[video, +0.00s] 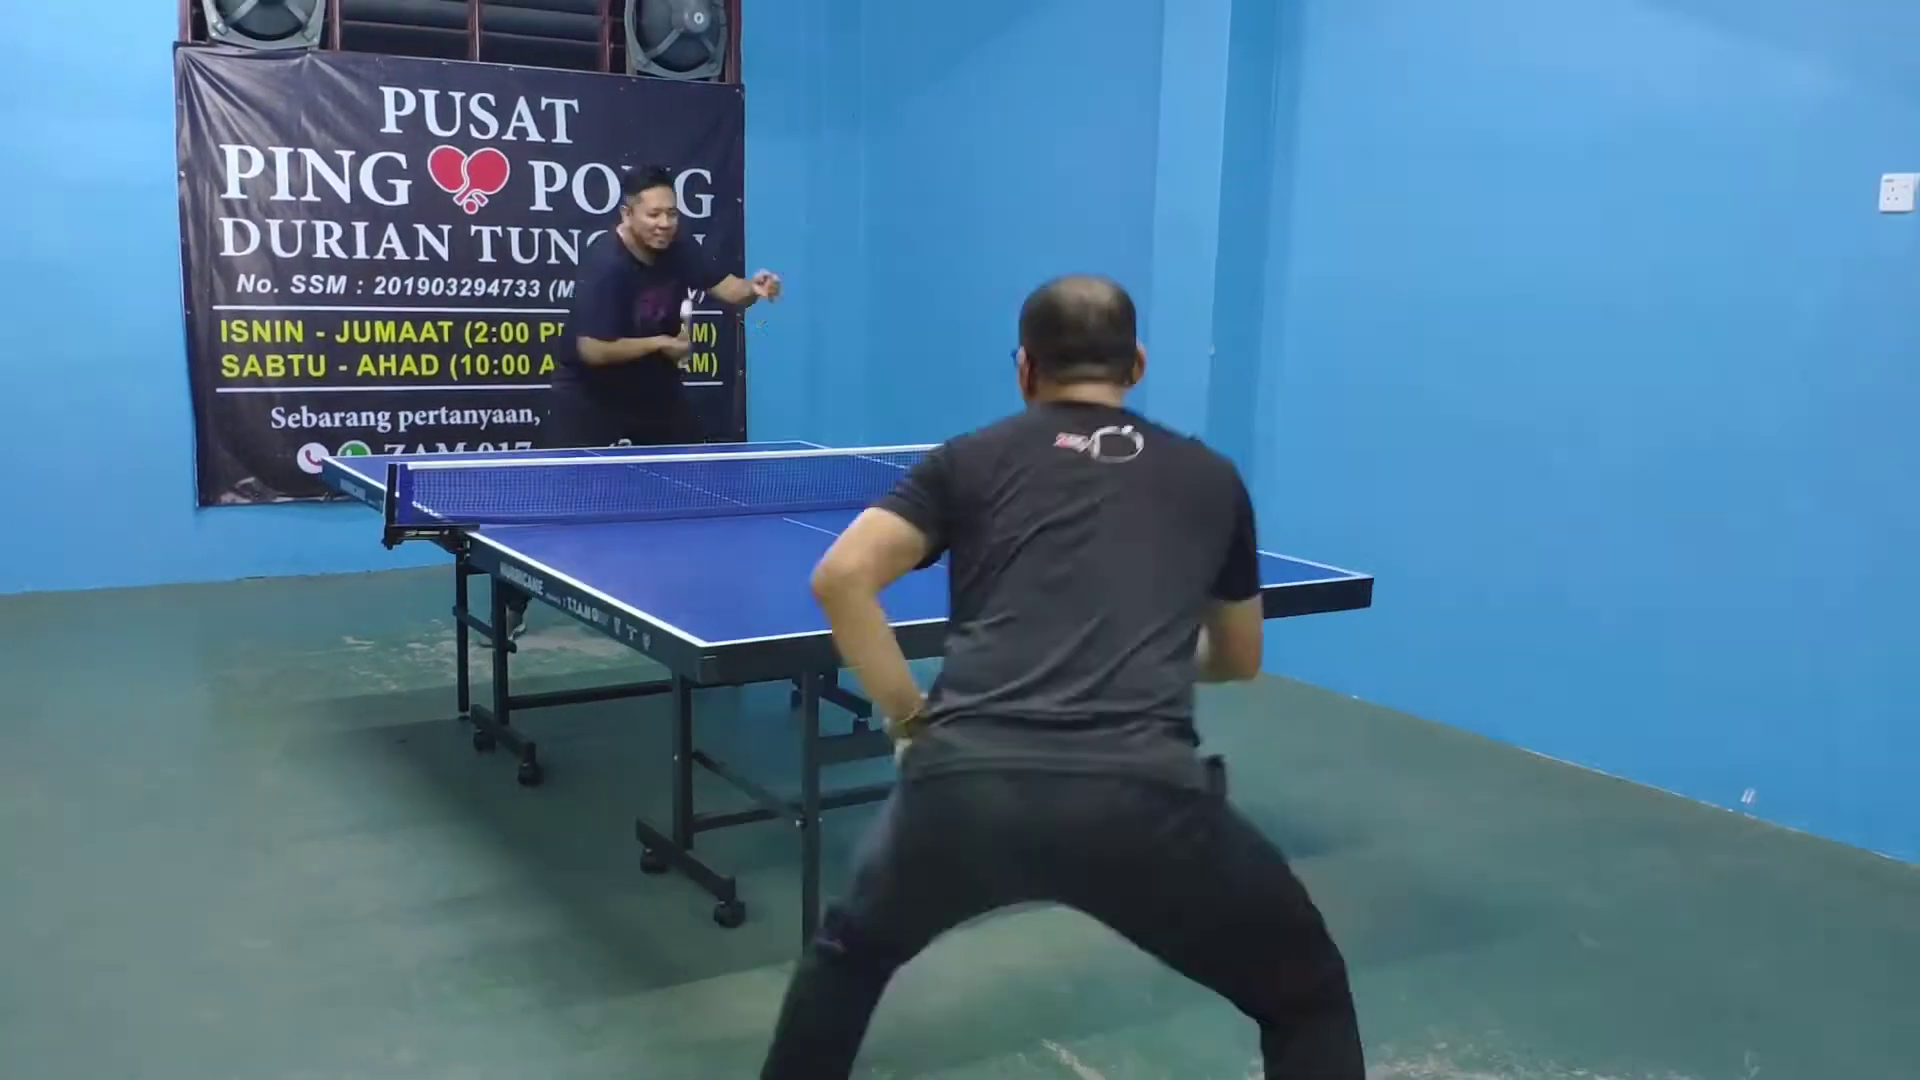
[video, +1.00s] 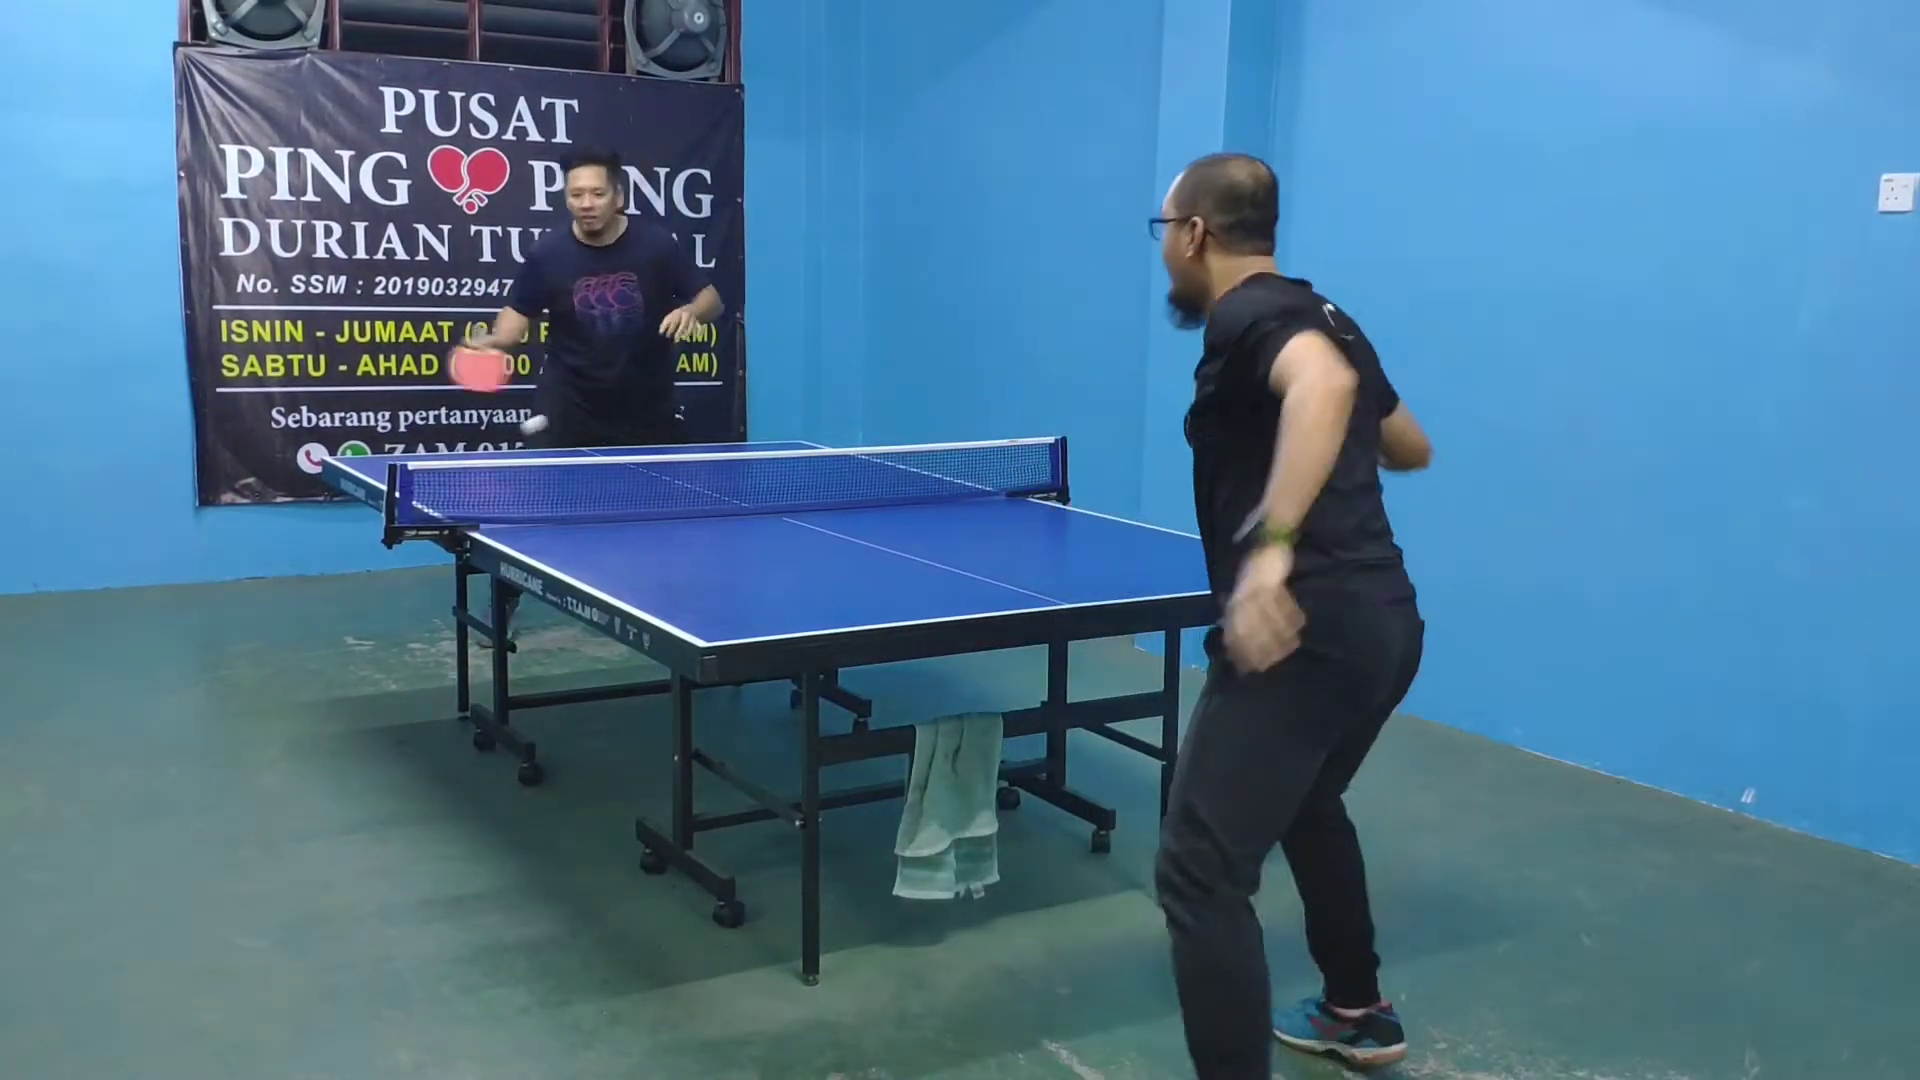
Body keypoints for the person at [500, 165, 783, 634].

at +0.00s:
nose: (663, 223)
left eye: (670, 213)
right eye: (652, 214)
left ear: (678, 213)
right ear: (626, 215)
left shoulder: (678, 246)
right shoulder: (605, 262)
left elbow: (722, 287)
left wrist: (752, 289)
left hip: (655, 392)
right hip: (591, 396)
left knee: (696, 480)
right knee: (558, 493)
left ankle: (700, 591)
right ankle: (510, 601)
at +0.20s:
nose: (647, 208)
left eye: (654, 198)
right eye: (636, 198)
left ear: (662, 202)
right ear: (610, 198)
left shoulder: (666, 248)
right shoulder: (574, 247)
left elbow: (705, 289)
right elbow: (517, 293)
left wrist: (738, 297)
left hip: (643, 394)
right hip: (571, 397)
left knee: (692, 480)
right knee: (547, 496)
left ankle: (695, 591)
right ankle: (511, 602)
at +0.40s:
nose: (629, 188)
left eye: (638, 179)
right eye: (619, 178)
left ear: (648, 185)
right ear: (596, 183)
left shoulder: (661, 239)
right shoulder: (562, 238)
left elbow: (696, 287)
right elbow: (505, 281)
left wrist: (716, 294)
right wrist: (522, 306)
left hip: (638, 394)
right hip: (565, 396)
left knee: (672, 488)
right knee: (540, 496)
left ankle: (672, 599)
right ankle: (510, 603)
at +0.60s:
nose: (620, 184)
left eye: (628, 175)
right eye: (609, 175)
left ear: (640, 182)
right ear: (589, 181)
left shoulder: (662, 237)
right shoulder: (557, 240)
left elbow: (699, 283)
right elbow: (520, 297)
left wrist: (711, 290)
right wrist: (537, 317)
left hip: (646, 395)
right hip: (571, 396)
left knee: (674, 493)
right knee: (544, 496)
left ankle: (677, 603)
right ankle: (511, 601)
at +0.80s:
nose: (615, 191)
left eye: (623, 181)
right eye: (603, 182)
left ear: (637, 186)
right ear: (585, 188)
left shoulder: (665, 240)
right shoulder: (559, 244)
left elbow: (714, 286)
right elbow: (531, 308)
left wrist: (712, 294)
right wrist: (545, 327)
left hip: (650, 395)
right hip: (575, 397)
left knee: (673, 493)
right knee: (544, 495)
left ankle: (676, 602)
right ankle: (511, 602)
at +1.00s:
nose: (585, 204)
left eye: (595, 194)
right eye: (576, 195)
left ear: (618, 196)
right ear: (567, 200)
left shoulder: (655, 244)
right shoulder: (549, 254)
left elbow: (711, 297)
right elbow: (517, 313)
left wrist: (692, 311)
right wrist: (497, 341)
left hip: (648, 409)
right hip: (574, 411)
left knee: (660, 510)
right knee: (540, 505)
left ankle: (664, 609)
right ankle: (502, 605)